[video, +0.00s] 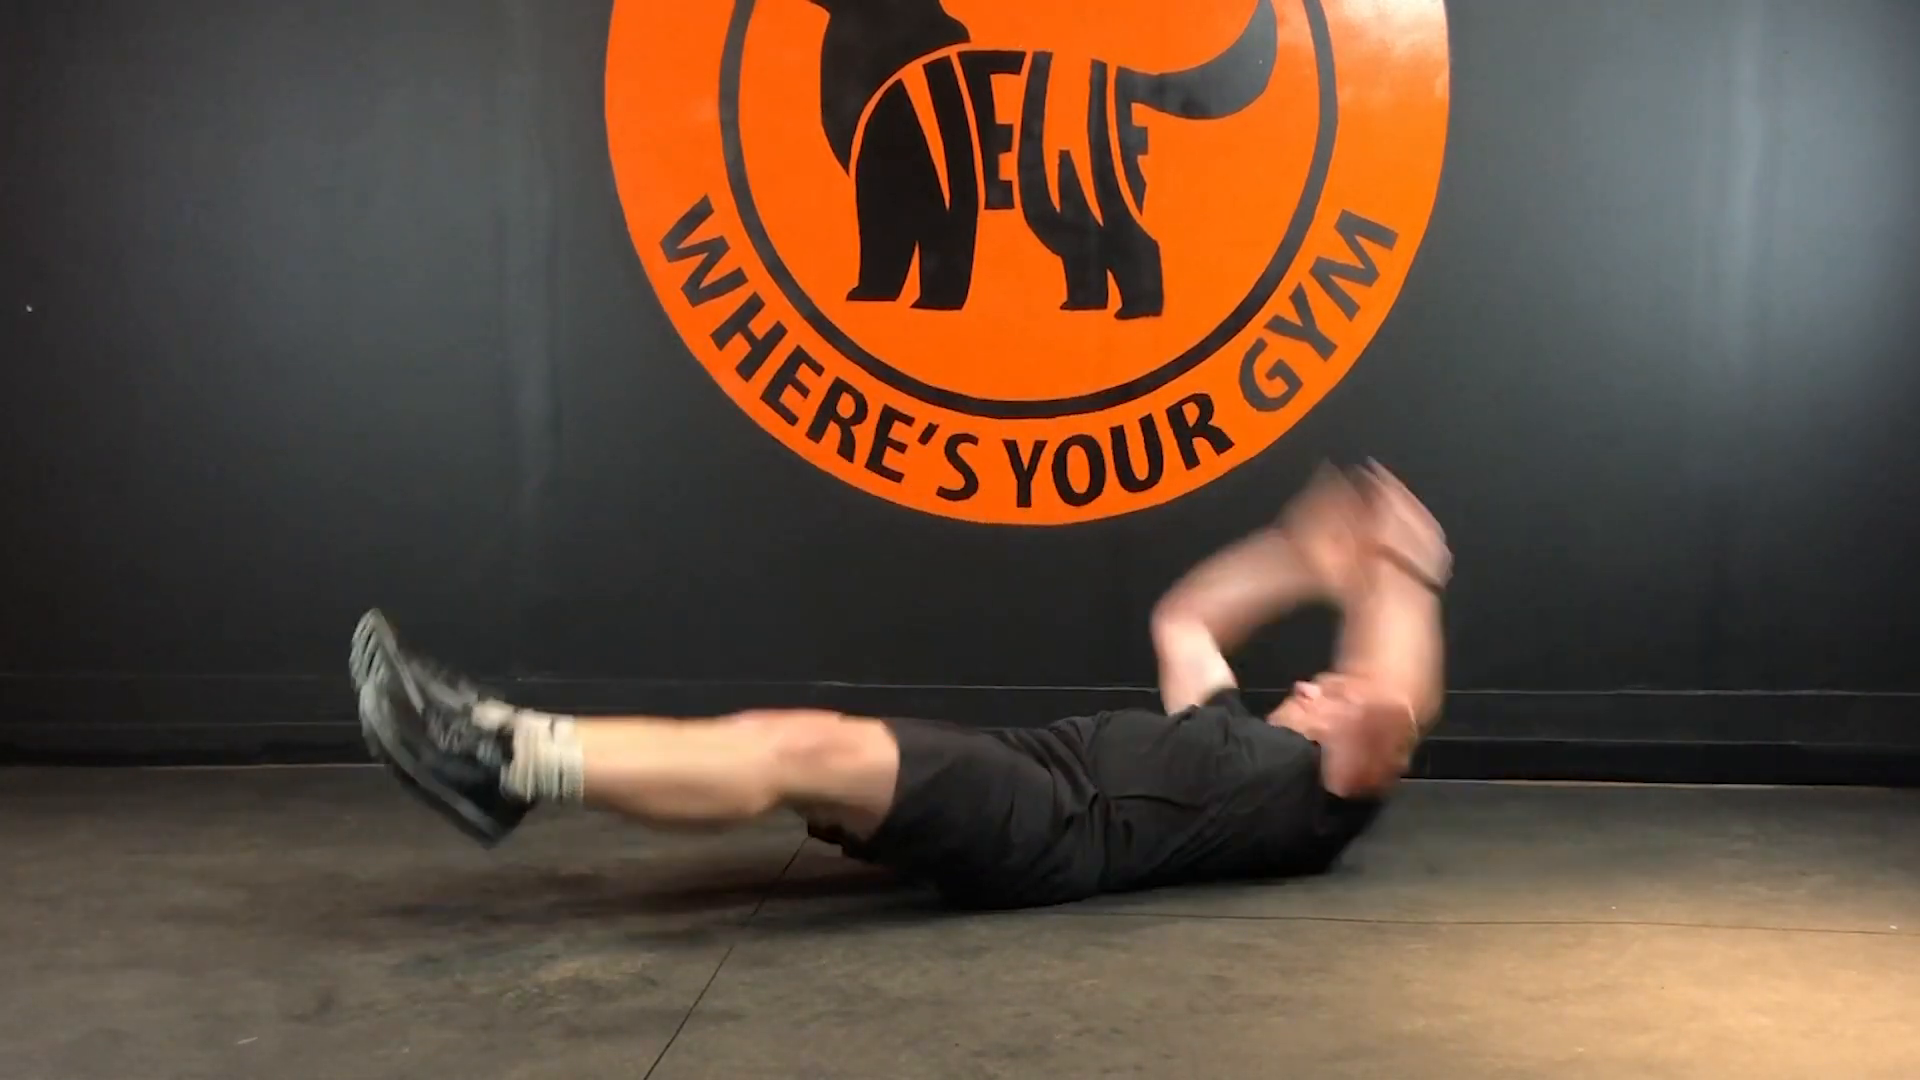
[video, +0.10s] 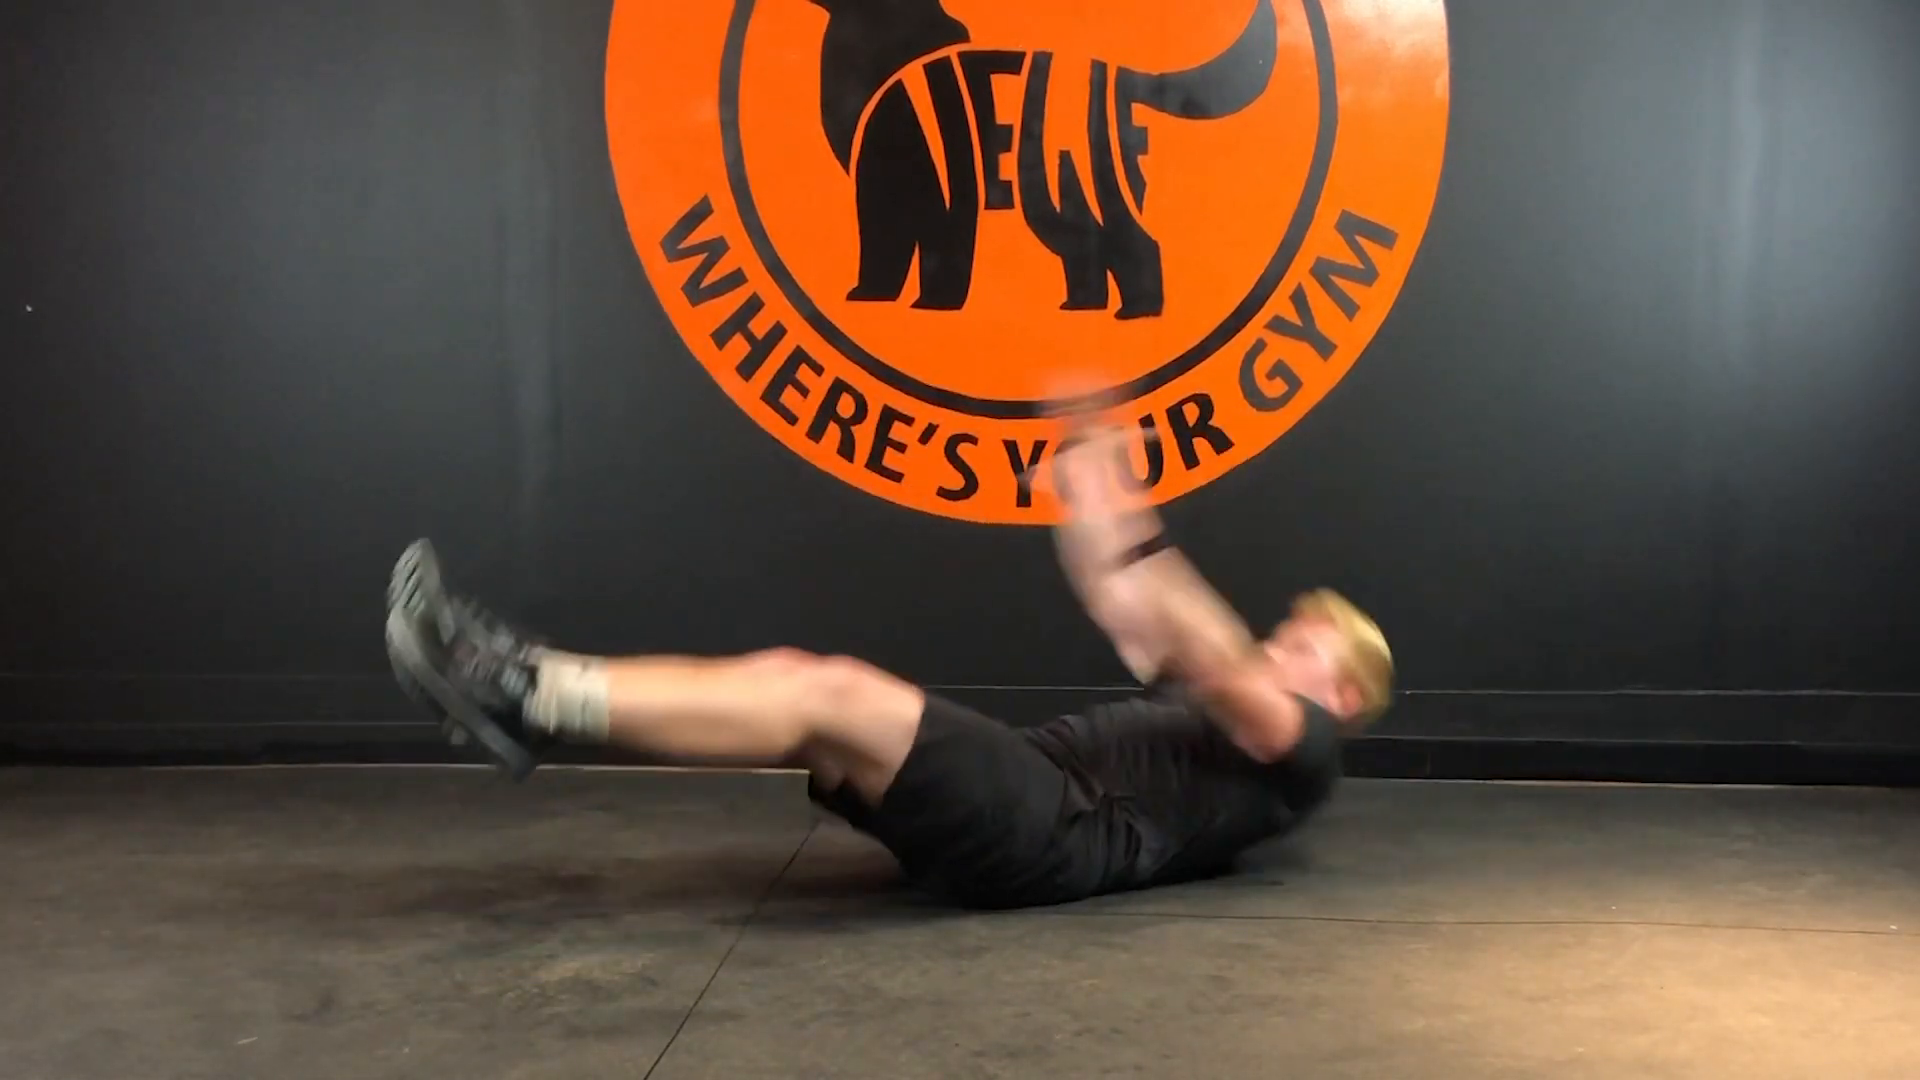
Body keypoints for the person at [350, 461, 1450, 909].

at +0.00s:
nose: (1320, 689)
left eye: (1345, 693)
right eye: (1320, 680)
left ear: (1365, 737)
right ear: (1293, 699)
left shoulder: (1313, 789)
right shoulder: (1225, 739)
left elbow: (1394, 704)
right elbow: (1186, 618)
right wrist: (1307, 552)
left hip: (1051, 818)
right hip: (1004, 775)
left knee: (810, 743)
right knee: (779, 740)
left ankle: (510, 755)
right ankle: (508, 758)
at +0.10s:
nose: (1294, 640)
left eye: (1319, 646)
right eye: (1297, 628)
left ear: (1346, 694)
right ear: (1284, 639)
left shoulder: (1306, 747)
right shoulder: (1223, 698)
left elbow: (1227, 675)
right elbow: (1132, 607)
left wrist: (1147, 545)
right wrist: (1086, 508)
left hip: (1052, 830)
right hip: (1002, 794)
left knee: (832, 691)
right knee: (801, 688)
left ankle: (536, 692)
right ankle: (528, 707)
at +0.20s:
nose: (1201, 584)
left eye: (1228, 576)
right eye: (1212, 568)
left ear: (1285, 618)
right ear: (1245, 602)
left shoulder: (1273, 700)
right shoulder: (1177, 654)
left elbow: (1160, 683)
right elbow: (1066, 598)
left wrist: (1032, 584)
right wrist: (954, 494)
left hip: (1039, 838)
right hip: (982, 815)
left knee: (874, 619)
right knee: (838, 617)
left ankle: (585, 609)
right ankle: (568, 608)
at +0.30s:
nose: (1134, 538)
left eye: (1157, 525)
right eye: (1138, 521)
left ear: (1220, 554)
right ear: (1138, 530)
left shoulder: (1233, 641)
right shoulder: (1108, 620)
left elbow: (1122, 632)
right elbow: (973, 566)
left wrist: (992, 532)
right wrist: (871, 454)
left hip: (1023, 833)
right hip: (948, 826)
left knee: (930, 583)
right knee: (891, 580)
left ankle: (656, 514)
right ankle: (626, 511)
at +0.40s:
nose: (1076, 510)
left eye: (1099, 492)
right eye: (1077, 492)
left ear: (1167, 509)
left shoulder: (1194, 605)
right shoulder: (1062, 588)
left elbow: (1073, 569)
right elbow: (923, 510)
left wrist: (939, 456)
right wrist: (827, 422)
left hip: (1018, 831)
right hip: (934, 823)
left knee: (969, 561)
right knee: (910, 559)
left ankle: (730, 464)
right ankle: (705, 463)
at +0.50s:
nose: (1068, 510)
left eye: (1090, 493)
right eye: (1069, 493)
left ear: (1160, 507)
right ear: (1070, 501)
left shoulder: (1190, 603)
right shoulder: (1070, 592)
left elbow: (1052, 579)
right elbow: (953, 558)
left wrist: (926, 468)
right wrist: (824, 468)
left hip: (1022, 833)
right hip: (939, 826)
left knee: (956, 575)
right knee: (908, 569)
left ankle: (717, 465)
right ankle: (695, 475)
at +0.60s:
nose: (1103, 519)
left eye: (1129, 504)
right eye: (1107, 501)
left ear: (1195, 528)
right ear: (1110, 517)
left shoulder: (1213, 631)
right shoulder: (1082, 594)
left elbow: (1099, 632)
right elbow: (939, 580)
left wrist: (987, 515)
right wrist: (862, 495)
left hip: (1023, 837)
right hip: (934, 825)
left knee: (922, 592)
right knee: (866, 588)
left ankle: (651, 524)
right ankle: (632, 533)